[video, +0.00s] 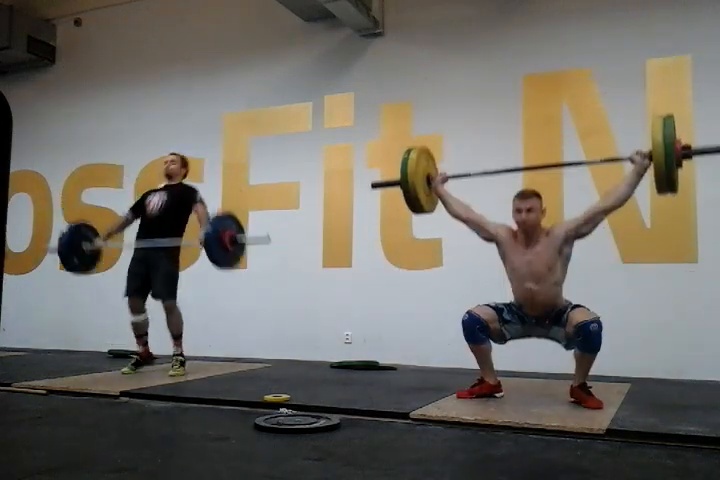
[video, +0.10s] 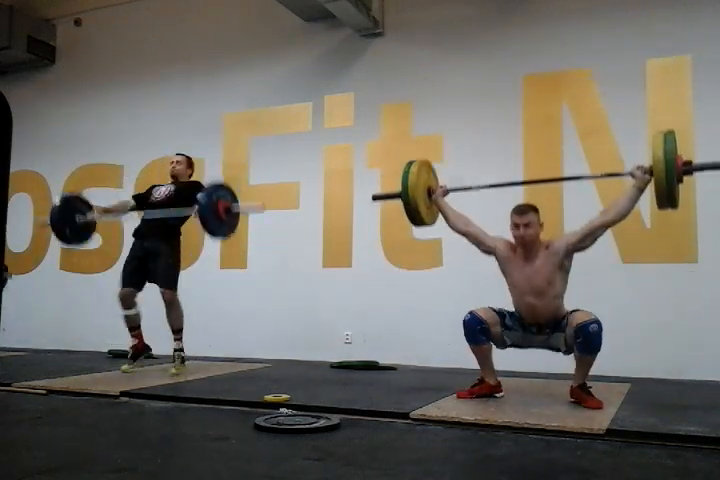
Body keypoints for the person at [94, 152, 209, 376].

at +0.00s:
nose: (168, 165)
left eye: (173, 162)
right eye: (166, 162)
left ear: (183, 169)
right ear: (162, 169)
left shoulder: (188, 191)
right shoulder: (150, 194)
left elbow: (201, 210)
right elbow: (128, 218)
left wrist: (205, 231)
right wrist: (105, 235)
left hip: (166, 254)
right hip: (142, 253)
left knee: (169, 303)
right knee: (134, 301)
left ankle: (178, 354)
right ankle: (143, 352)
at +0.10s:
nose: (173, 165)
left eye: (179, 163)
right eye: (172, 163)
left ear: (190, 171)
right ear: (169, 169)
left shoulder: (193, 188)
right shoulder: (155, 190)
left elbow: (209, 201)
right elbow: (129, 205)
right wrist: (100, 211)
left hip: (167, 246)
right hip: (141, 245)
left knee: (169, 295)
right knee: (126, 294)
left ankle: (178, 347)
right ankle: (138, 344)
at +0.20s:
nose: (164, 176)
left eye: (170, 173)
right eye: (163, 173)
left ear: (181, 177)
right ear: (160, 177)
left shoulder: (189, 195)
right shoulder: (152, 198)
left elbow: (214, 198)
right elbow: (123, 203)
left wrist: (222, 183)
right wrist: (95, 194)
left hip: (167, 261)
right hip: (142, 259)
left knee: (166, 305)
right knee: (113, 305)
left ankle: (173, 355)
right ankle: (125, 352)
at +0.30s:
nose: (150, 196)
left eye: (154, 192)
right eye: (147, 192)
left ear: (165, 194)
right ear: (145, 194)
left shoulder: (178, 215)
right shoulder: (141, 216)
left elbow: (200, 207)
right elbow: (115, 211)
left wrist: (203, 181)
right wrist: (97, 191)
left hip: (170, 281)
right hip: (145, 281)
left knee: (164, 311)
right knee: (105, 313)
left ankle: (170, 362)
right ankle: (119, 360)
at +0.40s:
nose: (134, 211)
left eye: (139, 207)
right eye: (132, 207)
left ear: (151, 209)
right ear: (130, 209)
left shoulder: (165, 226)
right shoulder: (128, 228)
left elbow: (190, 211)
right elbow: (105, 214)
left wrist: (199, 185)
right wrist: (90, 193)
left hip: (167, 290)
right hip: (142, 291)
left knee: (161, 314)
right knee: (101, 316)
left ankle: (169, 362)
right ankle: (119, 361)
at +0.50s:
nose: (123, 221)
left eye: (128, 217)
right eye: (122, 217)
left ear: (142, 218)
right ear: (121, 219)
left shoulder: (157, 235)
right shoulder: (120, 237)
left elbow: (187, 216)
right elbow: (100, 221)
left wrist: (200, 192)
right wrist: (90, 201)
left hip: (164, 294)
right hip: (139, 297)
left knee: (162, 316)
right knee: (98, 318)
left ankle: (169, 362)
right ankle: (118, 361)